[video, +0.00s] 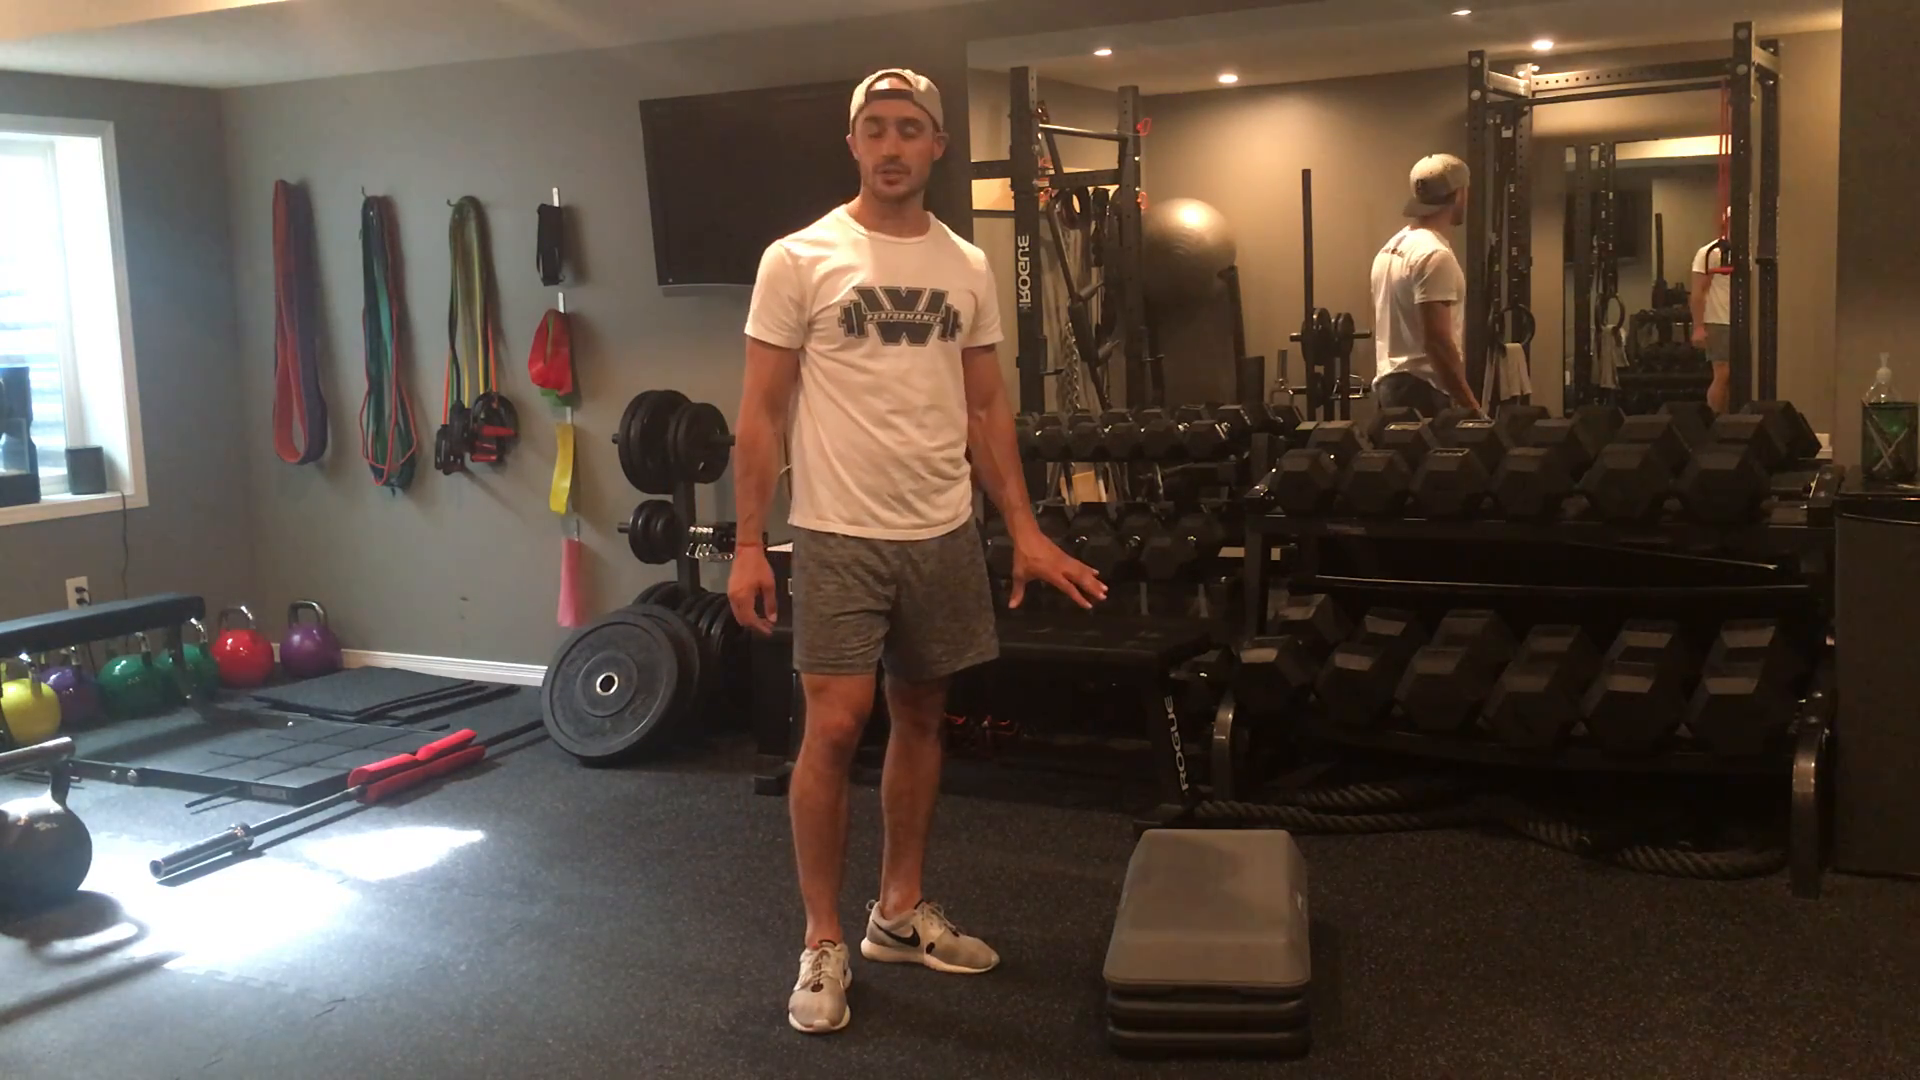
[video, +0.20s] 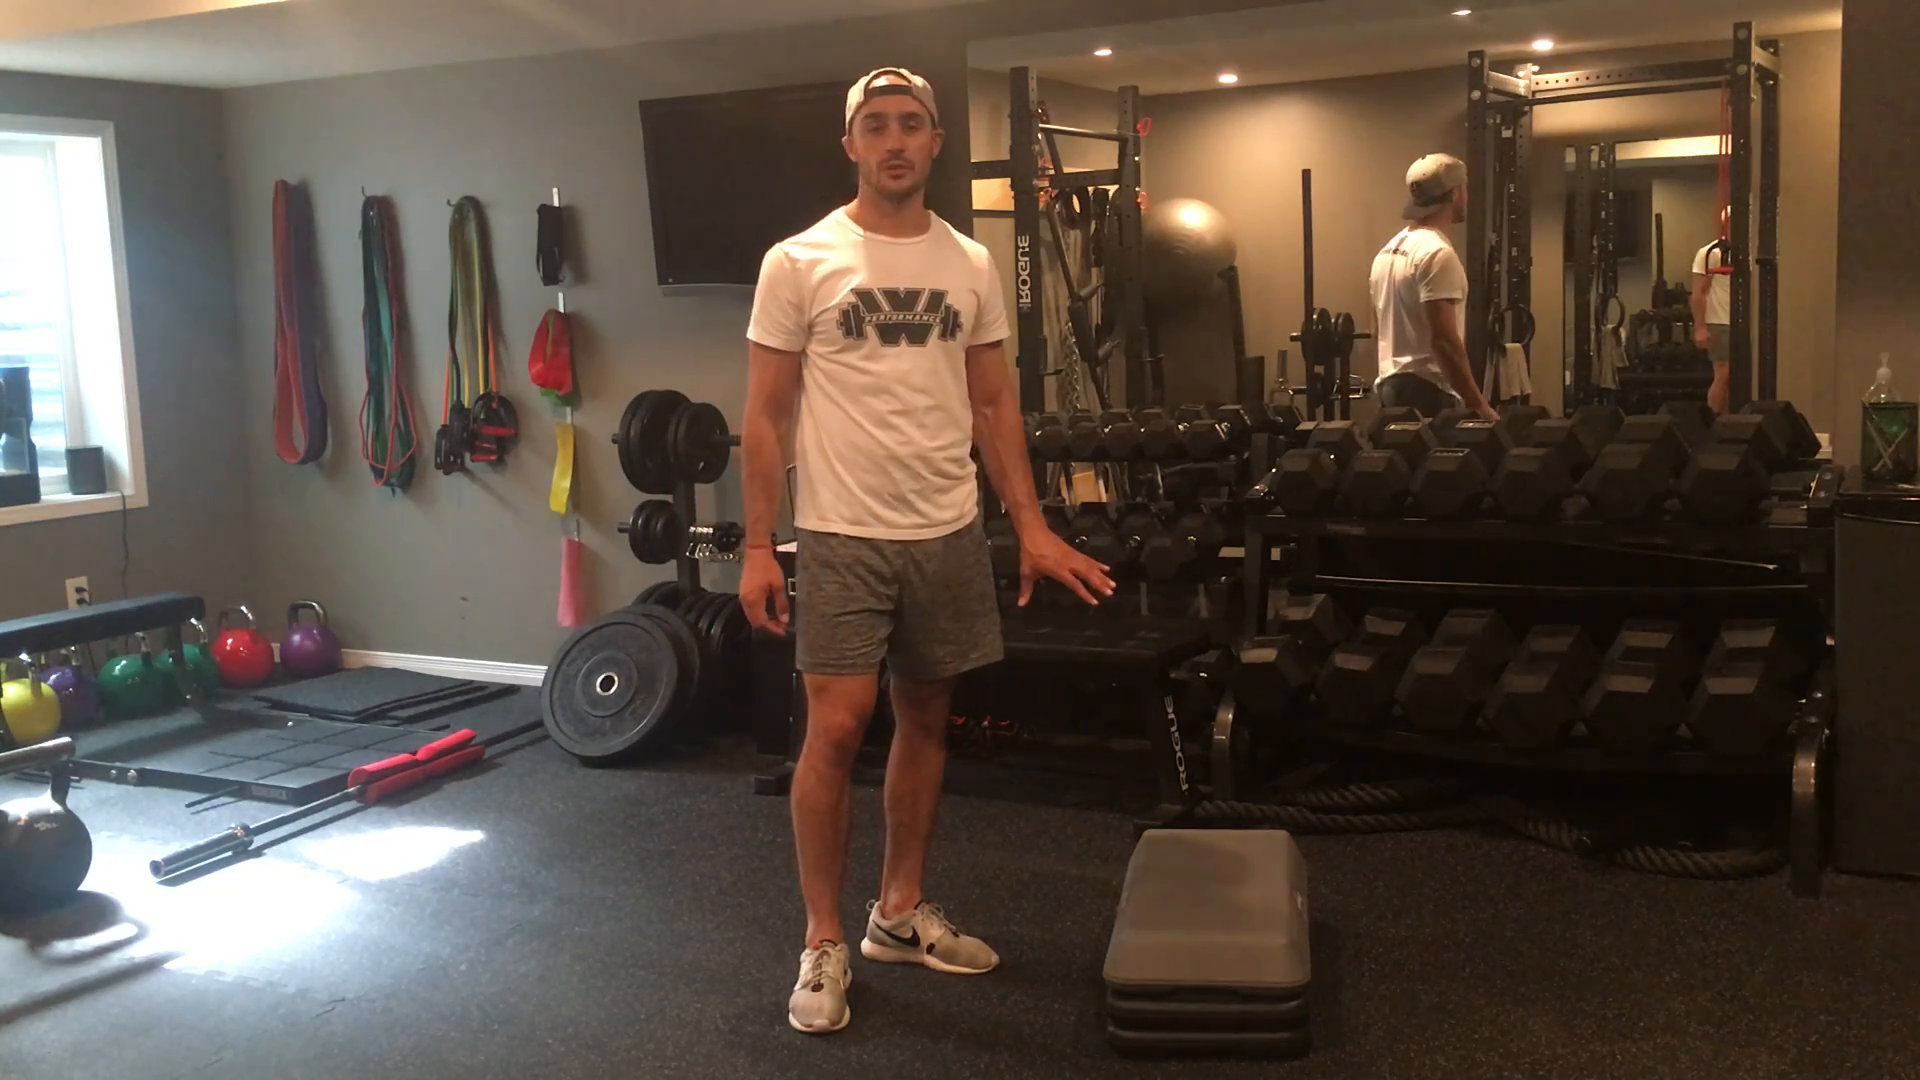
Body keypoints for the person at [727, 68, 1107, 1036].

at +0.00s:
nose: (892, 145)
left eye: (909, 131)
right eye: (876, 130)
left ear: (937, 148)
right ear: (852, 145)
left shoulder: (967, 268)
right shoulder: (799, 261)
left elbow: (987, 408)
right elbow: (763, 411)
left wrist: (1026, 531)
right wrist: (746, 542)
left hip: (941, 535)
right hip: (837, 535)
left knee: (921, 720)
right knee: (835, 726)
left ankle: (900, 910)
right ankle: (823, 940)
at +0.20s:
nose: (896, 142)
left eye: (911, 126)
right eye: (877, 127)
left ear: (936, 142)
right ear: (849, 145)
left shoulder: (972, 266)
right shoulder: (799, 262)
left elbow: (994, 406)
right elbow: (767, 414)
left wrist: (1033, 527)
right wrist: (756, 545)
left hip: (947, 534)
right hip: (840, 536)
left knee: (925, 722)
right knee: (837, 728)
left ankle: (901, 911)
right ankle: (823, 942)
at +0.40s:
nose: (890, 144)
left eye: (905, 127)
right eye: (872, 128)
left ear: (931, 141)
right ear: (844, 143)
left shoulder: (974, 262)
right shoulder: (801, 264)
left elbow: (999, 400)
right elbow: (773, 415)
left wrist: (1035, 523)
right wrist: (762, 548)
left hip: (948, 535)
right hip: (840, 536)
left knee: (924, 722)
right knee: (837, 729)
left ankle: (900, 910)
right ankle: (822, 941)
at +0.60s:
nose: (887, 144)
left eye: (903, 127)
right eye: (870, 129)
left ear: (929, 141)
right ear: (842, 144)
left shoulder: (971, 259)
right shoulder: (799, 265)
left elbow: (1000, 400)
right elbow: (773, 417)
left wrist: (1039, 521)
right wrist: (764, 549)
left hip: (949, 533)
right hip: (841, 535)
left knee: (924, 721)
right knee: (838, 727)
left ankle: (900, 909)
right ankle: (821, 940)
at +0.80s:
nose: (891, 146)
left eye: (906, 130)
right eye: (873, 130)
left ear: (930, 142)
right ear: (843, 142)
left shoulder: (969, 260)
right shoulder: (798, 264)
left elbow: (997, 400)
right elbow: (770, 415)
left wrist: (1034, 522)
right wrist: (761, 548)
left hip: (948, 534)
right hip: (842, 535)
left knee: (925, 721)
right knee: (838, 730)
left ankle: (900, 909)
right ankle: (823, 940)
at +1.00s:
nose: (896, 148)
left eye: (910, 131)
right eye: (877, 132)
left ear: (934, 144)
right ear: (848, 146)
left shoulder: (969, 263)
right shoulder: (798, 263)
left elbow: (993, 401)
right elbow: (770, 413)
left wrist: (1027, 522)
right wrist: (759, 546)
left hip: (947, 534)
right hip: (840, 536)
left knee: (924, 720)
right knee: (838, 727)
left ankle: (901, 911)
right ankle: (823, 941)